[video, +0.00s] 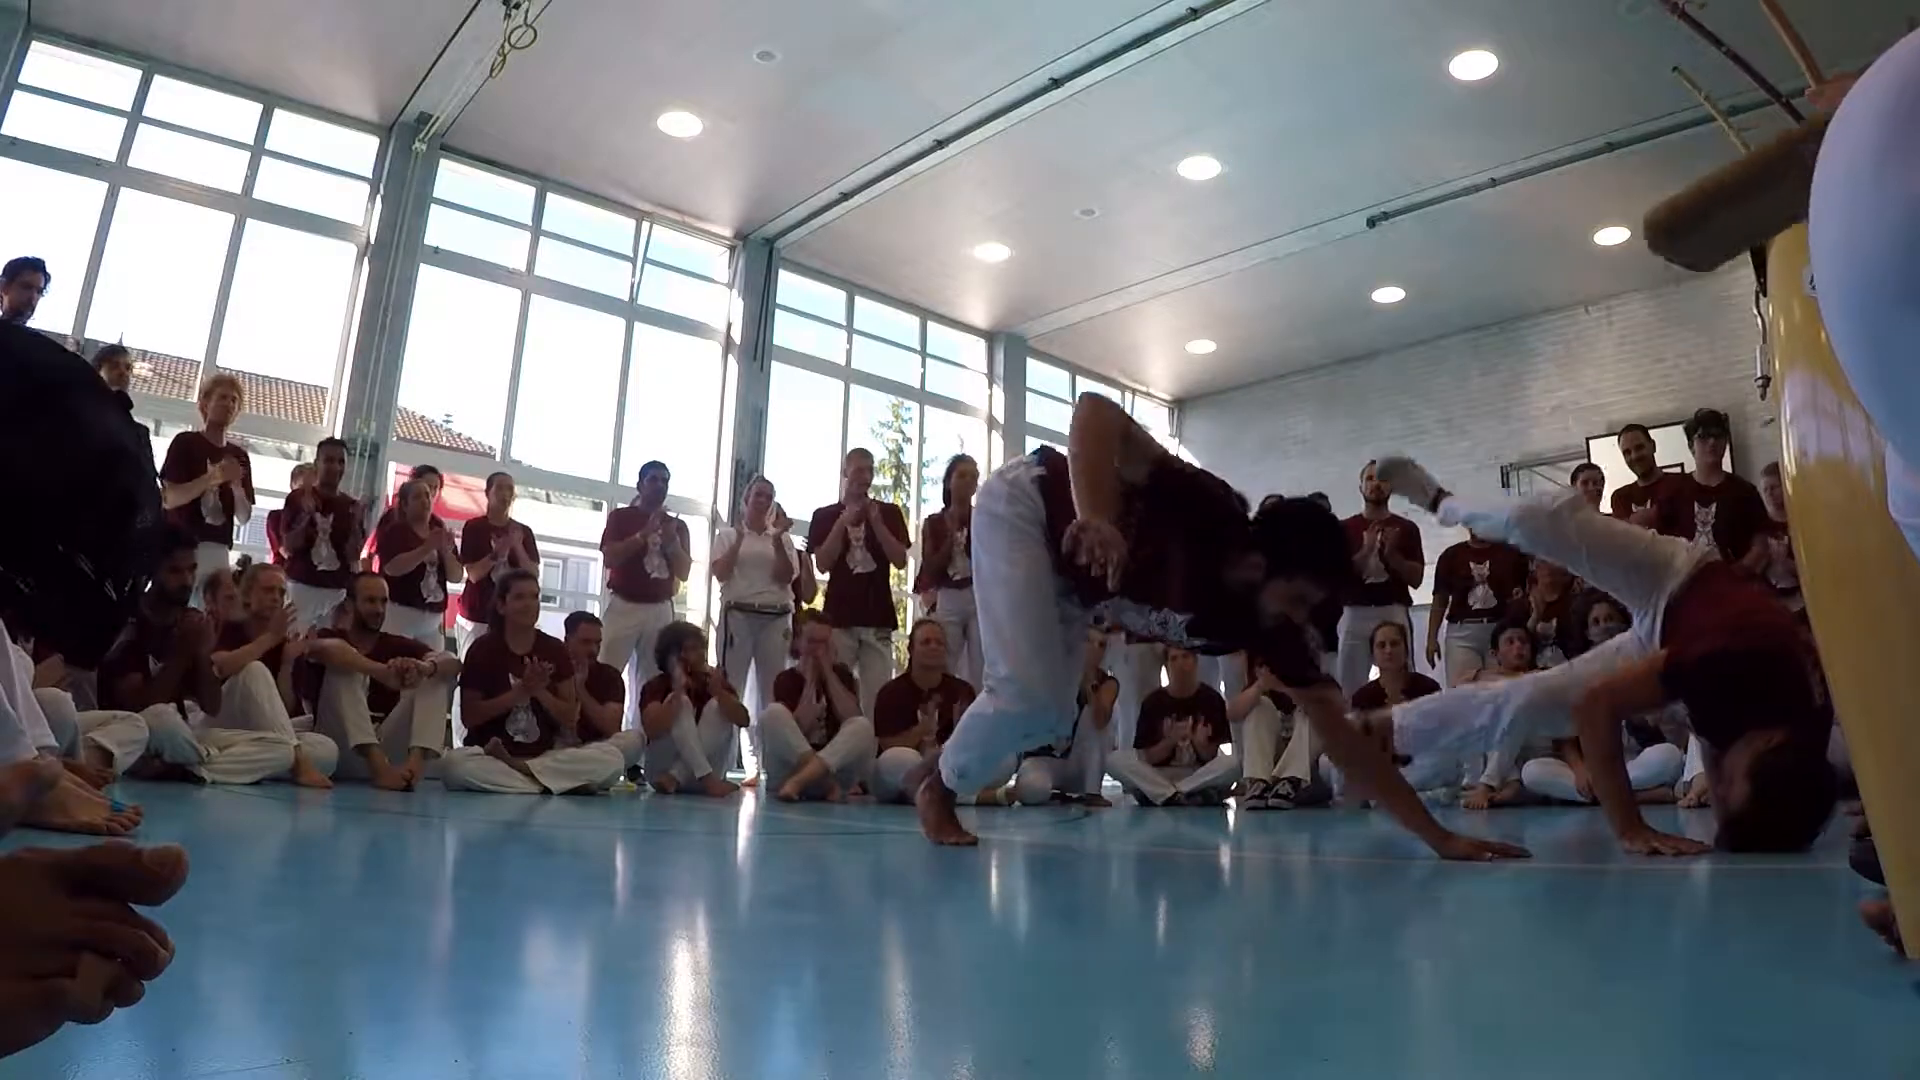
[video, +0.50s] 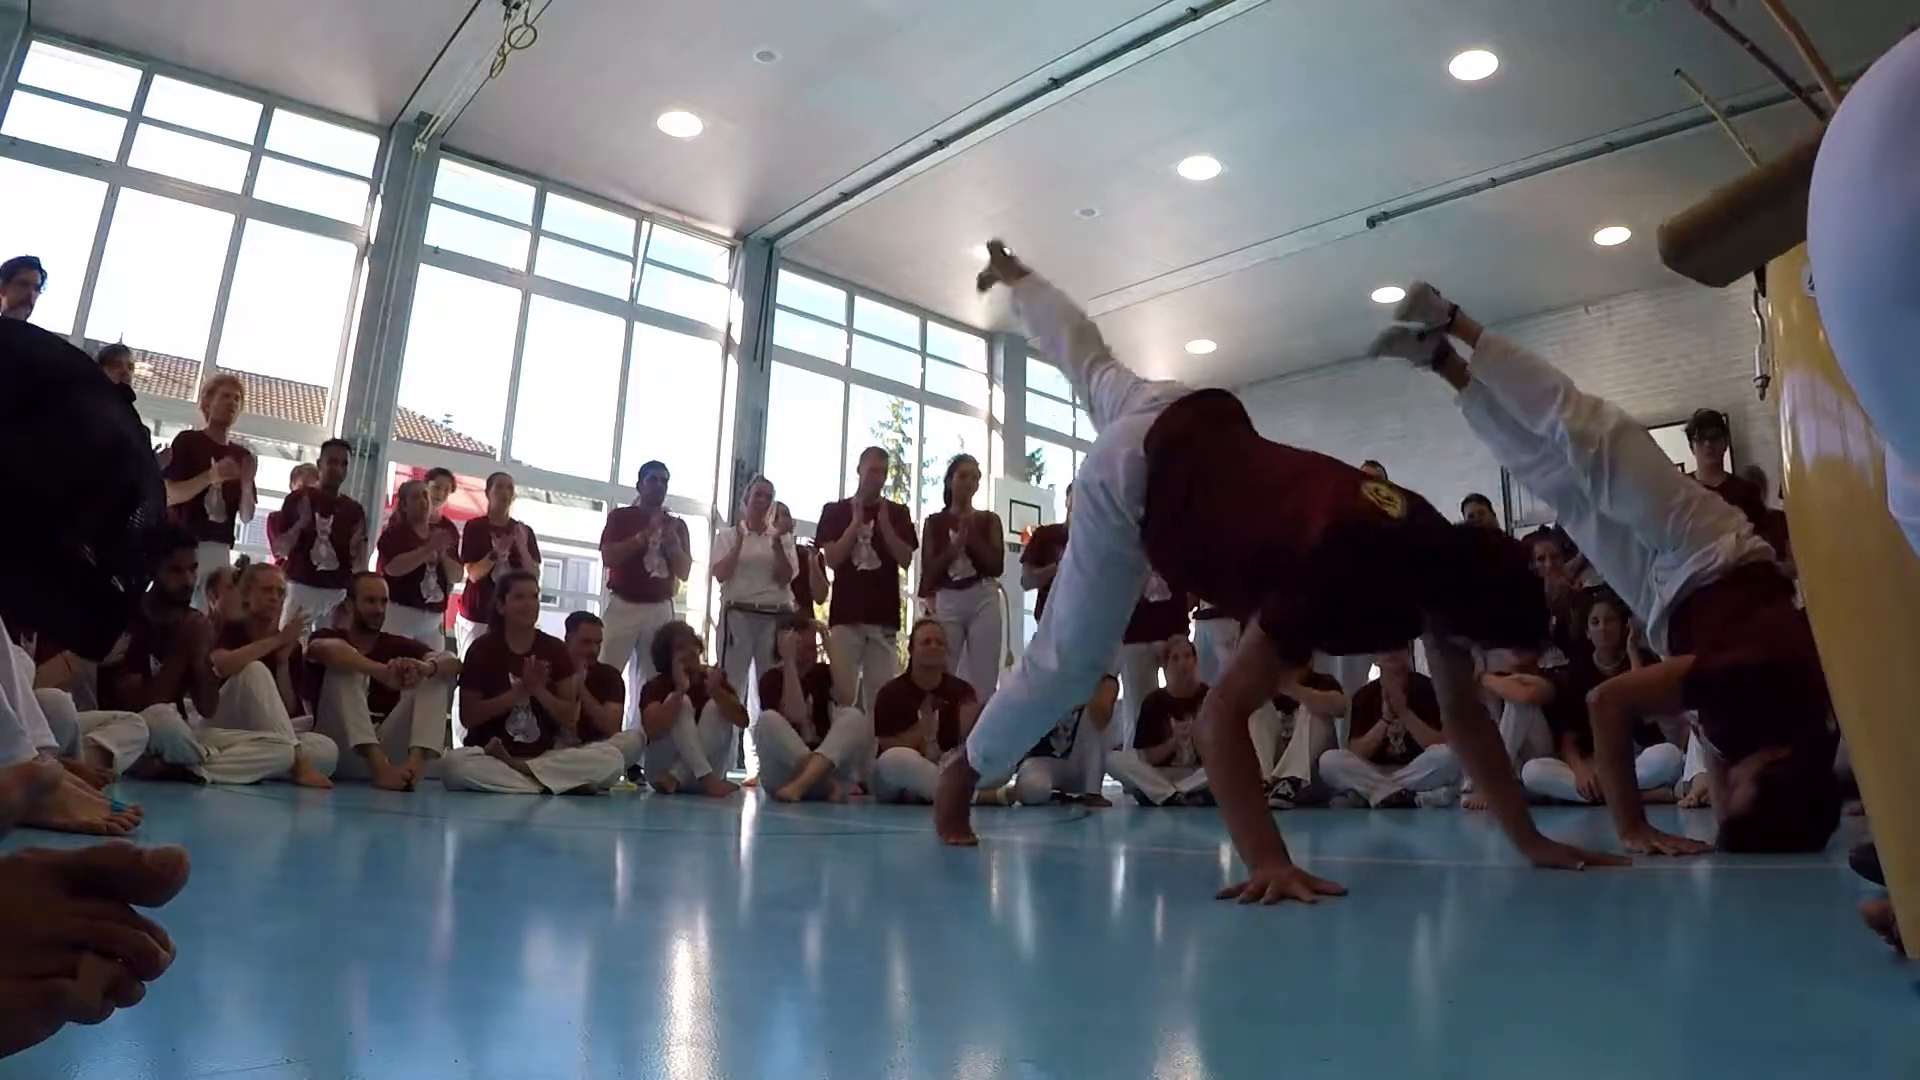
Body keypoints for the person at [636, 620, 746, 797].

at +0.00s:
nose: (702, 654)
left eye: (703, 647)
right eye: (693, 649)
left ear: (706, 649)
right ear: (675, 655)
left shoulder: (714, 680)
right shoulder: (655, 686)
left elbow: (743, 720)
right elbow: (652, 729)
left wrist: (719, 692)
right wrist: (677, 692)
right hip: (663, 772)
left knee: (719, 705)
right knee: (680, 702)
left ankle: (675, 776)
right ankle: (707, 777)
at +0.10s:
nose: (698, 652)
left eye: (699, 646)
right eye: (688, 648)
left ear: (704, 648)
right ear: (672, 653)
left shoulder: (716, 680)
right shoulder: (654, 686)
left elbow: (742, 718)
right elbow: (651, 728)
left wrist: (710, 689)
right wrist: (692, 693)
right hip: (664, 772)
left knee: (718, 704)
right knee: (677, 700)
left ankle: (676, 776)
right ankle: (707, 777)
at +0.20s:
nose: (698, 651)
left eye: (699, 645)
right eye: (687, 647)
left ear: (703, 648)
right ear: (670, 652)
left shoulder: (716, 680)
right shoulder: (654, 686)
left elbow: (742, 719)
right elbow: (652, 728)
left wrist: (711, 690)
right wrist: (692, 694)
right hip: (664, 771)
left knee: (718, 704)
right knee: (676, 700)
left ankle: (676, 776)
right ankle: (707, 777)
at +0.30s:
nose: (697, 651)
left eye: (698, 645)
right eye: (686, 647)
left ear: (702, 647)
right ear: (670, 653)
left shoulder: (715, 680)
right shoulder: (654, 686)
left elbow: (742, 719)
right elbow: (652, 728)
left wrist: (711, 691)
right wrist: (691, 696)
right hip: (663, 772)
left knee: (718, 704)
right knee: (677, 700)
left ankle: (675, 776)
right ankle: (707, 777)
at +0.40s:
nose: (694, 651)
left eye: (696, 644)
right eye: (684, 647)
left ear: (701, 648)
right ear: (670, 654)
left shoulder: (715, 679)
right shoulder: (654, 686)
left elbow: (743, 721)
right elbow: (652, 729)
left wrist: (716, 692)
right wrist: (679, 692)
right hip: (663, 772)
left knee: (716, 706)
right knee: (679, 701)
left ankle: (675, 776)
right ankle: (707, 777)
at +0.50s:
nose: (691, 651)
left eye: (693, 644)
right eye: (681, 647)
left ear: (699, 647)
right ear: (667, 655)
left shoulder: (714, 678)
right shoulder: (654, 686)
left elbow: (743, 721)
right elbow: (652, 729)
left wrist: (716, 691)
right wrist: (678, 692)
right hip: (663, 772)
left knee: (716, 706)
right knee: (680, 702)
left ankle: (675, 776)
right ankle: (707, 777)